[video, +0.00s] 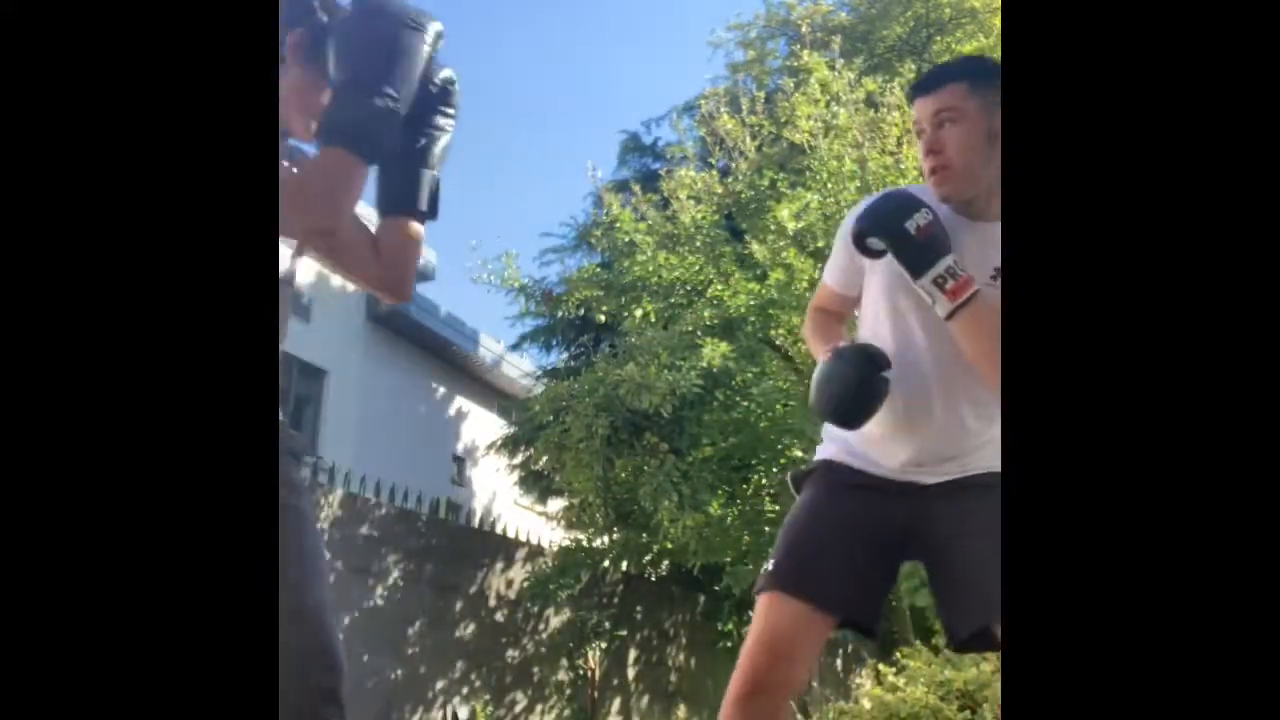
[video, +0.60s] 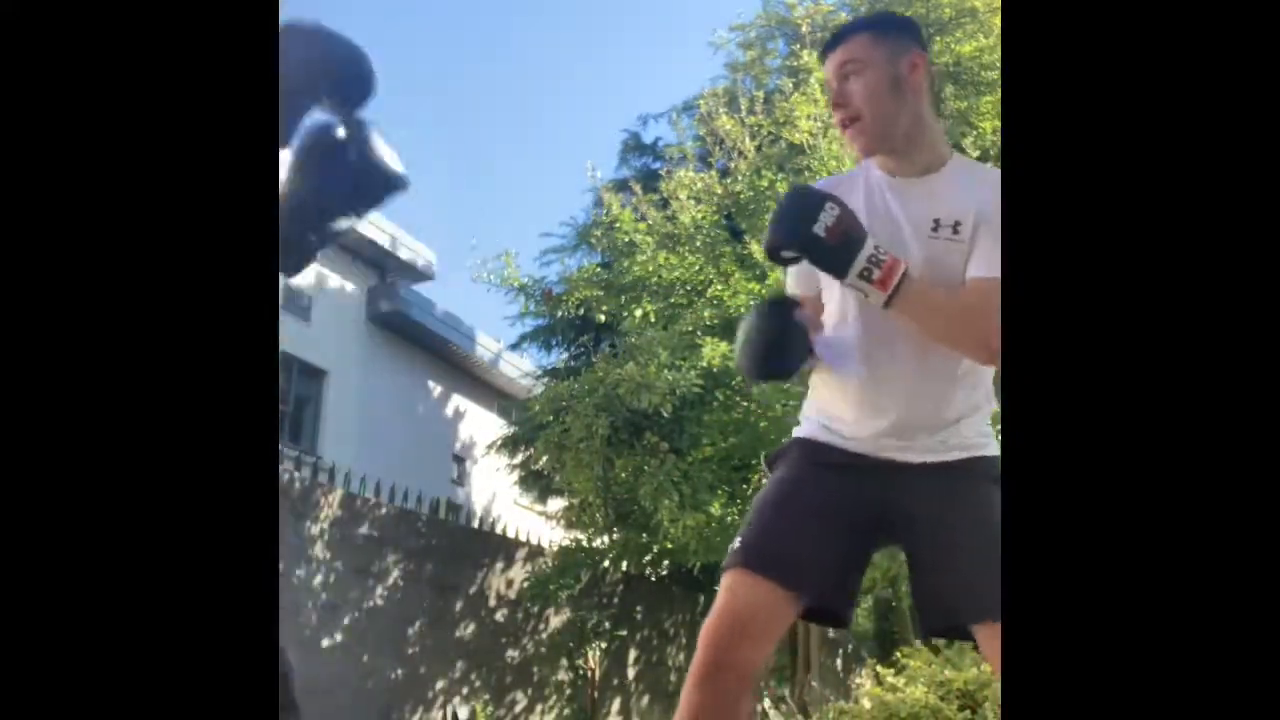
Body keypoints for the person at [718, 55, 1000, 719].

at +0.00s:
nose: (928, 143)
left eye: (946, 121)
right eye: (921, 128)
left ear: (999, 126)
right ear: (914, 139)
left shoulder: (999, 233)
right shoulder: (882, 219)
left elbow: (999, 372)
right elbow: (825, 311)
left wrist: (945, 275)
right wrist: (836, 359)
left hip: (978, 471)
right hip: (858, 467)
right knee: (764, 669)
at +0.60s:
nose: (836, 105)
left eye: (850, 78)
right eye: (830, 92)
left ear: (915, 71)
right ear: (833, 109)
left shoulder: (988, 193)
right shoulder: (827, 202)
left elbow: (988, 336)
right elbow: (811, 311)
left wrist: (864, 262)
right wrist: (785, 337)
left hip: (958, 458)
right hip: (831, 450)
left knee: (1004, 649)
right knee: (731, 634)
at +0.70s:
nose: (793, 102)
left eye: (805, 76)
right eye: (787, 90)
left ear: (865, 65)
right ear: (790, 108)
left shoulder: (962, 169)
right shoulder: (804, 200)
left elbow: (947, 301)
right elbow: (794, 363)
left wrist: (822, 228)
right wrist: (742, 301)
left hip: (953, 451)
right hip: (828, 446)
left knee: (1000, 662)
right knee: (733, 656)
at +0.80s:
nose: (745, 124)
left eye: (755, 97)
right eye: (733, 112)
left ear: (804, 80)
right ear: (728, 124)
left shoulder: (900, 159)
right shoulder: (760, 233)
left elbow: (823, 254)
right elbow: (727, 363)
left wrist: (746, 150)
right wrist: (680, 243)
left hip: (944, 457)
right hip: (818, 463)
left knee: (997, 667)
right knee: (731, 675)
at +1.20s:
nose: (755, 92)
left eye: (766, 65)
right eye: (748, 85)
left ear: (829, 49)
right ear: (755, 103)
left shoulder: (934, 148)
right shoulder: (773, 208)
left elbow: (912, 266)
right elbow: (772, 371)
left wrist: (780, 195)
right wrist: (725, 309)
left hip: (937, 442)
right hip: (806, 443)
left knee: (1002, 659)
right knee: (697, 657)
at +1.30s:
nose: (818, 74)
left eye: (832, 46)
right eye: (810, 66)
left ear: (895, 37)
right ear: (814, 85)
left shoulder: (981, 155)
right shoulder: (814, 186)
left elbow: (950, 262)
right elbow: (814, 355)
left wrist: (825, 190)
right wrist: (768, 309)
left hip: (955, 440)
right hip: (821, 436)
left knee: (1005, 636)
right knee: (705, 639)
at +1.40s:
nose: (873, 80)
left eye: (894, 54)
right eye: (867, 70)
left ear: (961, 55)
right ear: (866, 89)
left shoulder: (996, 181)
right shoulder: (845, 184)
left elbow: (959, 286)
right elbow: (813, 349)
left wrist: (858, 195)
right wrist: (794, 324)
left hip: (959, 454)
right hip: (826, 447)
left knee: (1006, 626)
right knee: (710, 654)